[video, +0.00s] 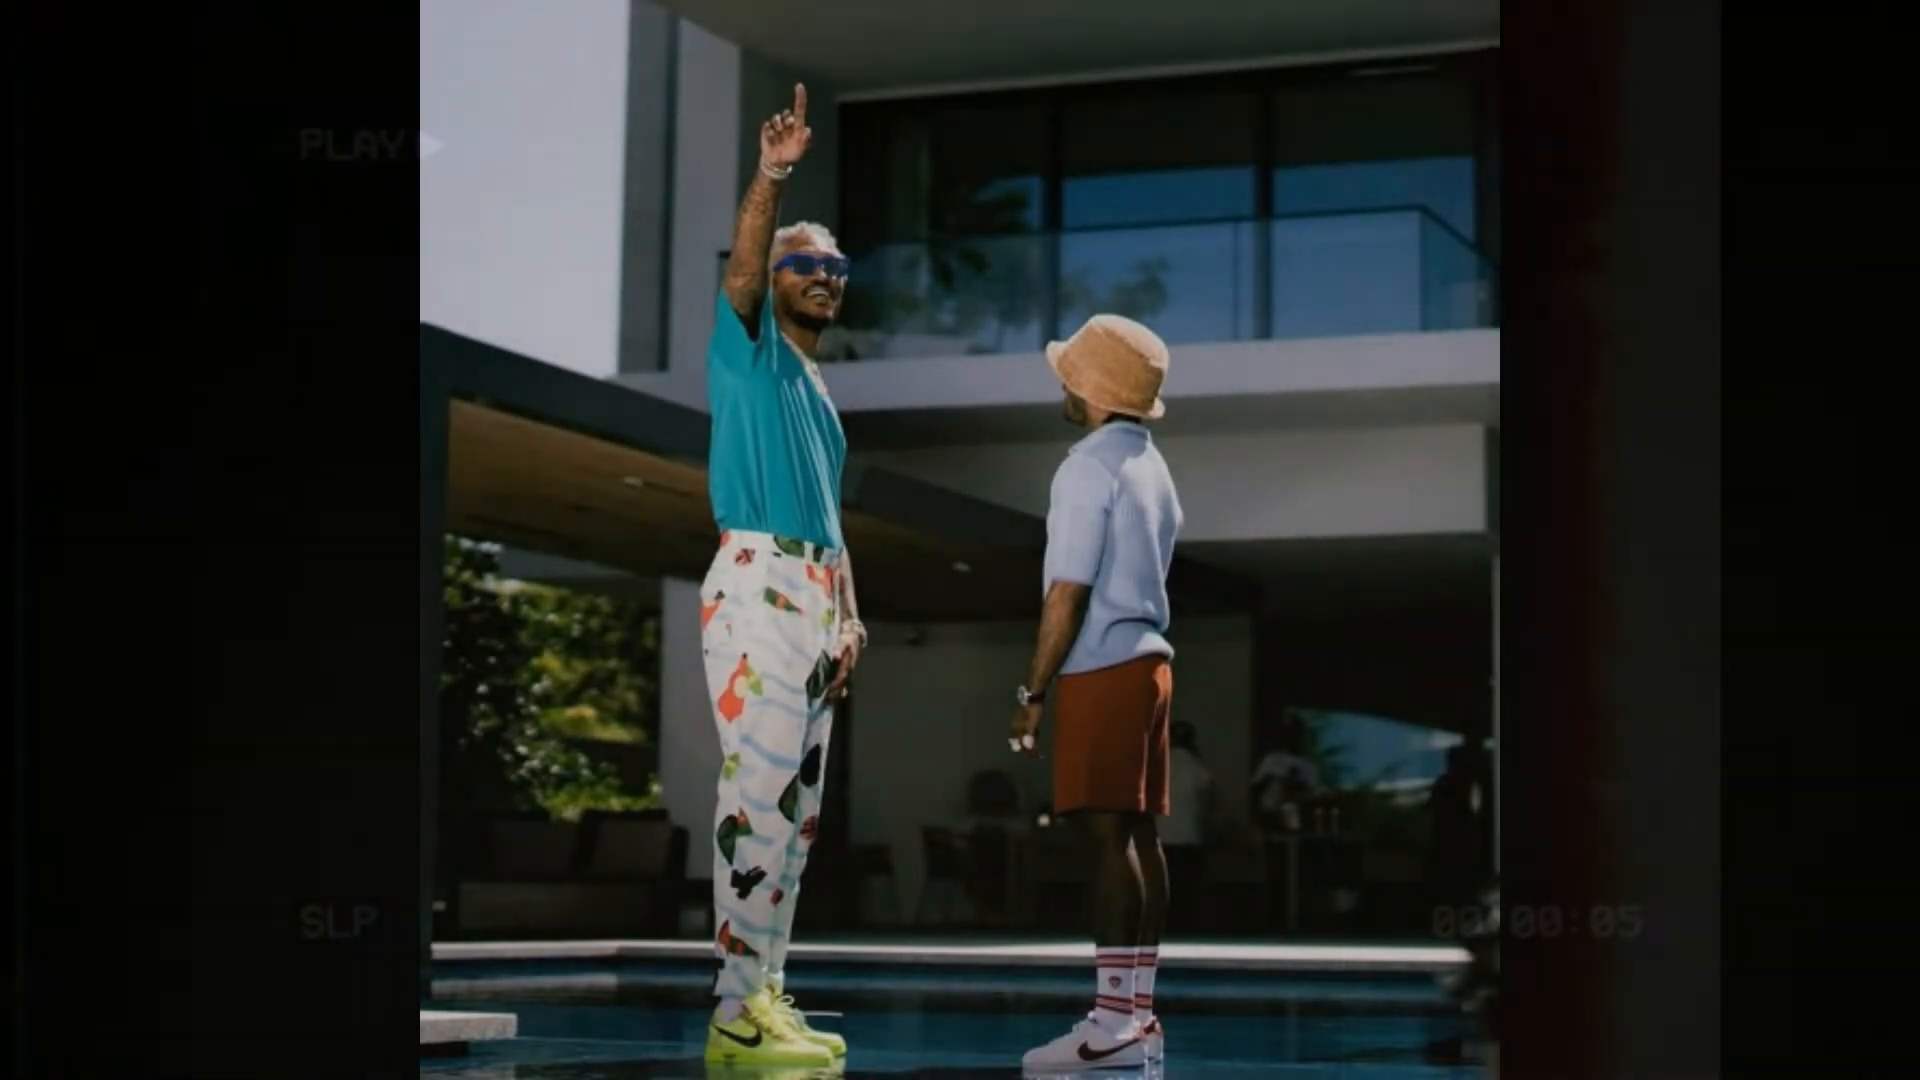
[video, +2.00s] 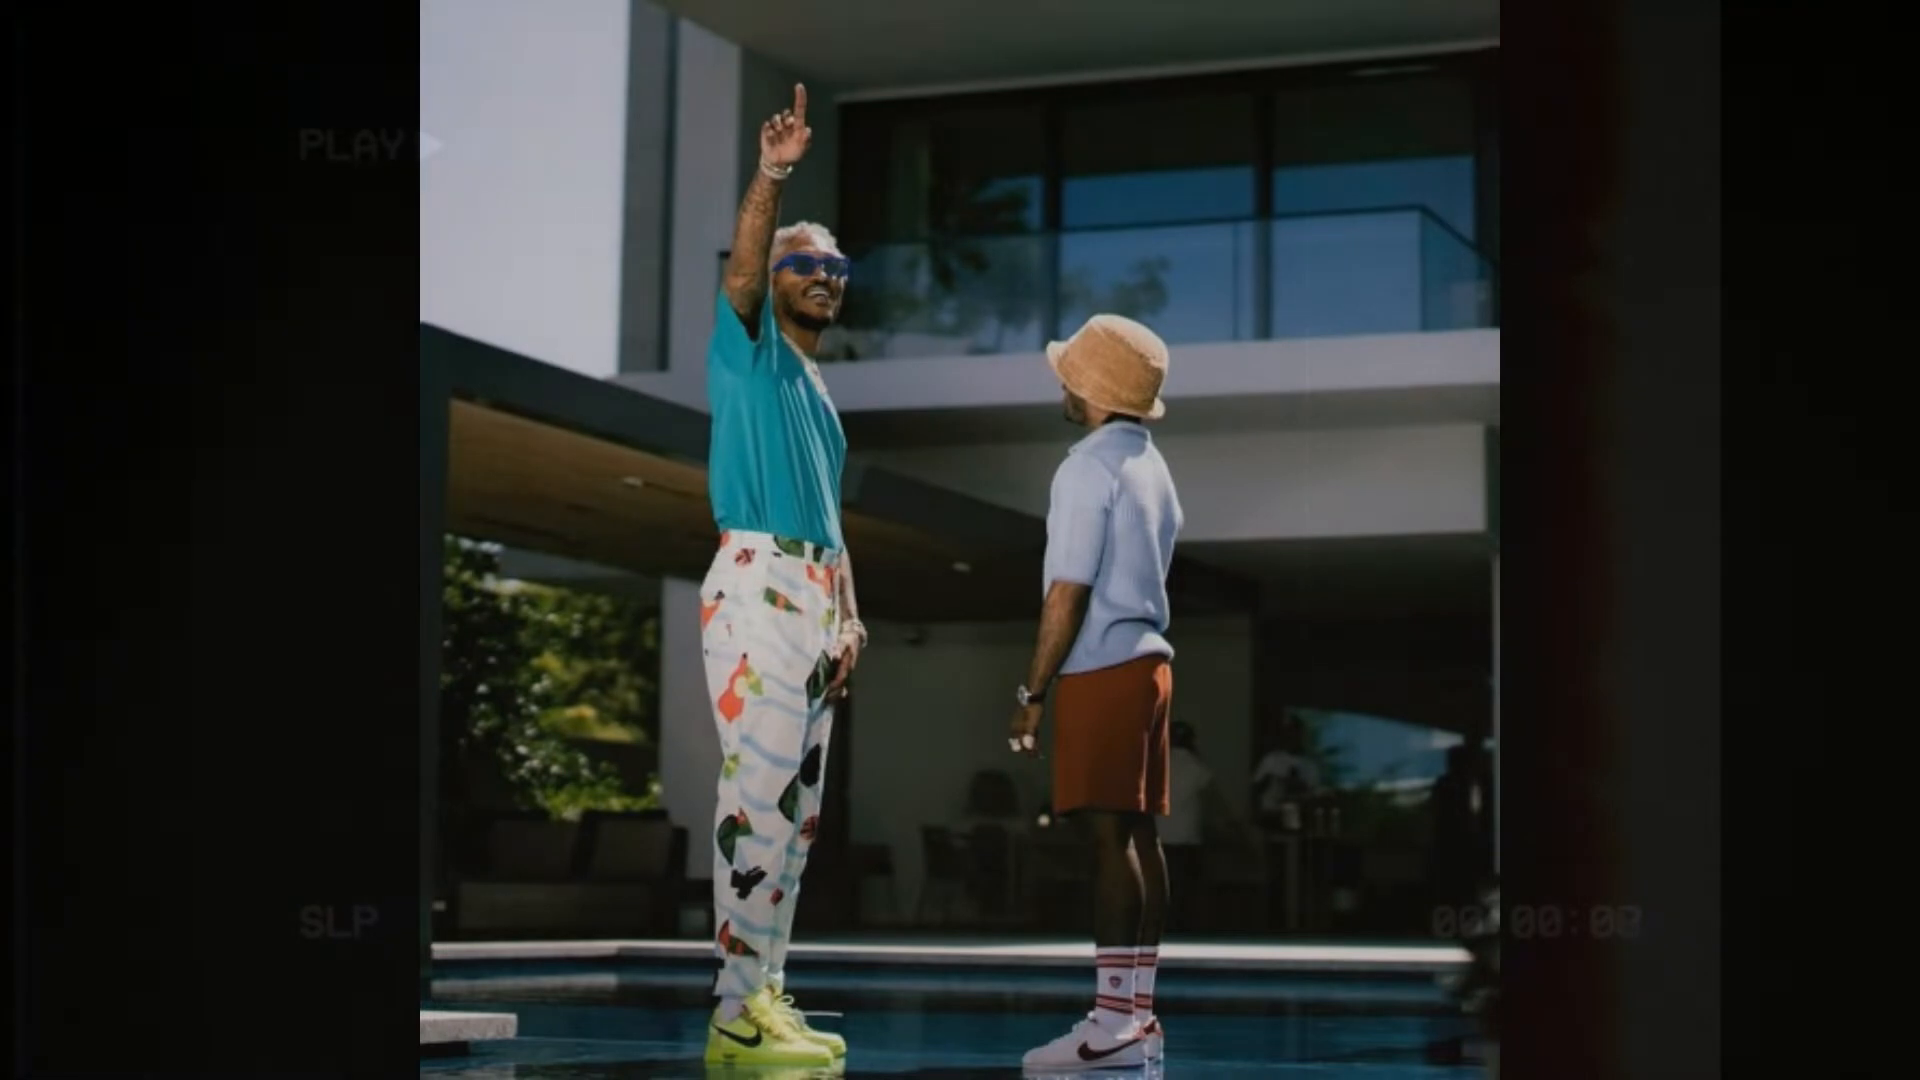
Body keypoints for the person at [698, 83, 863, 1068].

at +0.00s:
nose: (823, 283)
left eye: (833, 273)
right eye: (806, 268)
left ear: (841, 292)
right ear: (770, 278)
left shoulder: (818, 394)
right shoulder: (744, 344)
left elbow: (826, 519)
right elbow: (743, 268)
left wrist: (846, 613)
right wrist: (770, 174)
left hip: (814, 589)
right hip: (756, 581)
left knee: (794, 797)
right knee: (759, 791)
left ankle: (758, 1003)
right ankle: (746, 1006)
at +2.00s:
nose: (822, 283)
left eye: (833, 273)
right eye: (805, 268)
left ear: (841, 292)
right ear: (770, 279)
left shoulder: (818, 395)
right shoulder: (744, 344)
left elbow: (828, 520)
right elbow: (743, 267)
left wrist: (847, 612)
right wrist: (770, 173)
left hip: (814, 590)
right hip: (756, 582)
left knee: (794, 798)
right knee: (759, 791)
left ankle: (755, 1004)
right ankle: (747, 1002)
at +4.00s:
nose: (823, 283)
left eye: (834, 273)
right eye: (806, 268)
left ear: (841, 292)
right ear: (770, 277)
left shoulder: (818, 393)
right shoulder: (744, 342)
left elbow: (827, 519)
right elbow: (744, 267)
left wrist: (847, 612)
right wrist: (770, 173)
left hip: (814, 590)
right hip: (756, 582)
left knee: (794, 798)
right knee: (759, 791)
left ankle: (756, 1003)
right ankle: (747, 1003)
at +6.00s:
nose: (823, 284)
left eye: (834, 274)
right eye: (806, 268)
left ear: (841, 293)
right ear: (770, 278)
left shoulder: (817, 393)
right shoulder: (744, 343)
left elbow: (827, 519)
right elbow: (743, 269)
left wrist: (847, 613)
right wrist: (770, 174)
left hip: (814, 589)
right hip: (756, 581)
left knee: (794, 797)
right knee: (758, 790)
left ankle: (756, 1004)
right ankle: (748, 1001)